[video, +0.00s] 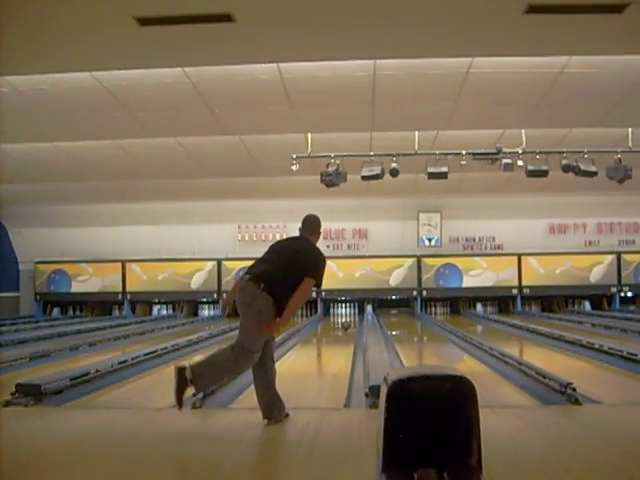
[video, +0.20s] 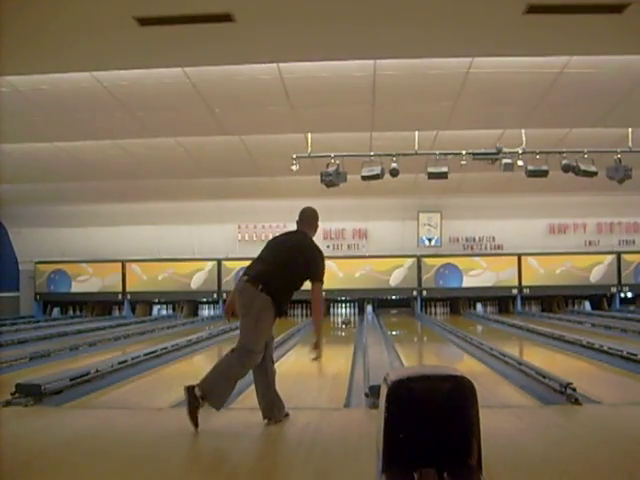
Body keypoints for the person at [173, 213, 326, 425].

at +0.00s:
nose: (317, 236)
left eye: (313, 230)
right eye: (319, 233)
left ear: (301, 229)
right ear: (319, 233)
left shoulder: (284, 243)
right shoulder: (316, 256)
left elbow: (255, 269)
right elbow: (303, 292)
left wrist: (232, 295)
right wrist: (283, 320)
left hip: (245, 290)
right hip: (261, 297)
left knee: (264, 357)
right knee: (246, 352)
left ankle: (273, 412)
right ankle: (191, 375)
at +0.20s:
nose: (313, 227)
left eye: (309, 223)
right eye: (315, 224)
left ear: (297, 222)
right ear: (316, 226)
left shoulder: (280, 239)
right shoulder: (314, 254)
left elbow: (253, 269)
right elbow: (316, 298)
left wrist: (233, 297)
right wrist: (318, 336)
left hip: (245, 290)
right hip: (262, 299)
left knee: (263, 356)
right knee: (248, 352)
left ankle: (273, 411)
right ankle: (200, 393)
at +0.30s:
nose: (313, 224)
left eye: (310, 220)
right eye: (314, 221)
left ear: (296, 219)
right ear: (314, 222)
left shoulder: (279, 237)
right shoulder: (314, 250)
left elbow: (253, 267)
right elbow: (324, 291)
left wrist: (233, 295)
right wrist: (336, 321)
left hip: (244, 289)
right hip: (260, 297)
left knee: (262, 355)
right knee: (248, 353)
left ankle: (273, 412)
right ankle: (200, 394)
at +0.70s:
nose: (308, 209)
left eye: (304, 205)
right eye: (310, 206)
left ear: (291, 203)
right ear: (312, 207)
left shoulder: (270, 226)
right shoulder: (308, 238)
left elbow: (247, 259)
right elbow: (323, 276)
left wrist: (252, 283)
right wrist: (336, 291)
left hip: (248, 294)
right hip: (270, 299)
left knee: (264, 357)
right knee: (274, 358)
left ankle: (274, 413)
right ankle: (233, 406)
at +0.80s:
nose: (311, 215)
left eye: (307, 209)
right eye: (312, 211)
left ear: (292, 208)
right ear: (311, 213)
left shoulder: (270, 228)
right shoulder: (306, 247)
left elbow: (248, 259)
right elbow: (314, 291)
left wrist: (258, 284)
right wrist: (326, 304)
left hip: (250, 305)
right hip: (273, 308)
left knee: (269, 358)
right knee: (288, 362)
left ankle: (268, 413)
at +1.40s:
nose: (293, 197)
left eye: (288, 192)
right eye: (296, 193)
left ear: (273, 190)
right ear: (296, 195)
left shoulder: (253, 215)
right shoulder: (293, 234)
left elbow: (245, 257)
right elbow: (301, 283)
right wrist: (314, 325)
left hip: (251, 305)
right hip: (279, 309)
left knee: (267, 354)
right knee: (299, 361)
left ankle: (271, 417)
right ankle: (281, 425)